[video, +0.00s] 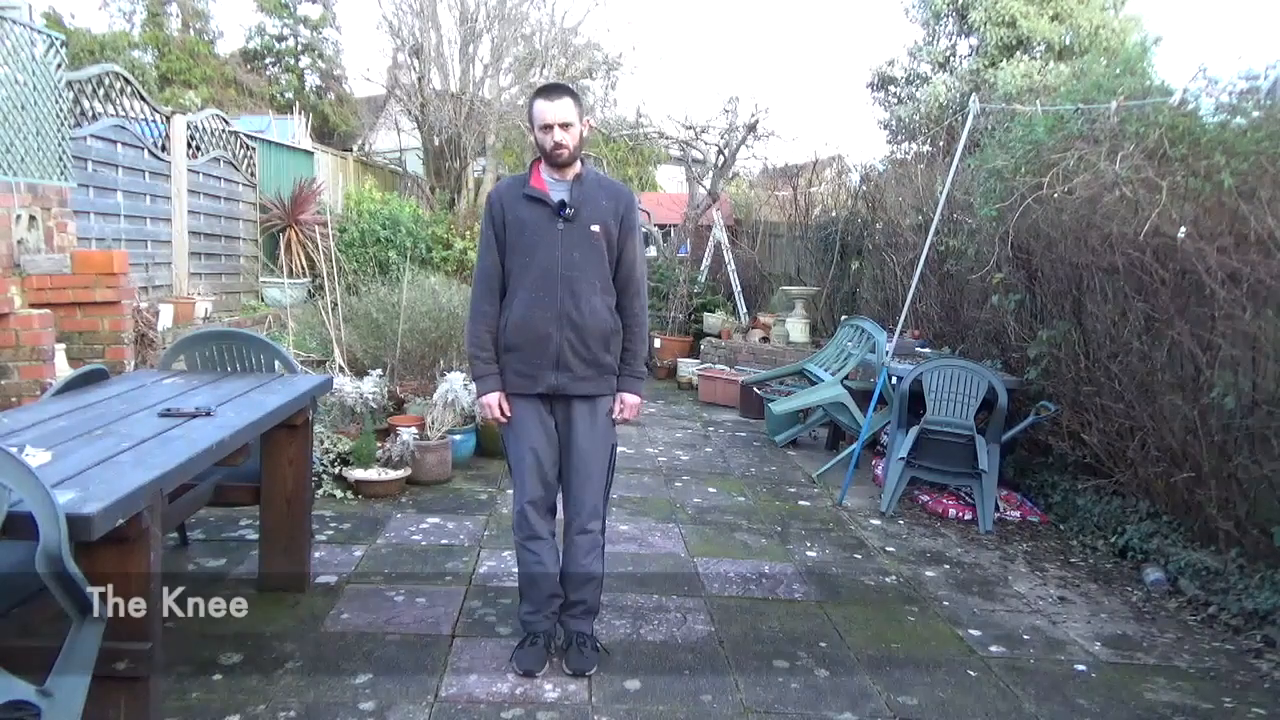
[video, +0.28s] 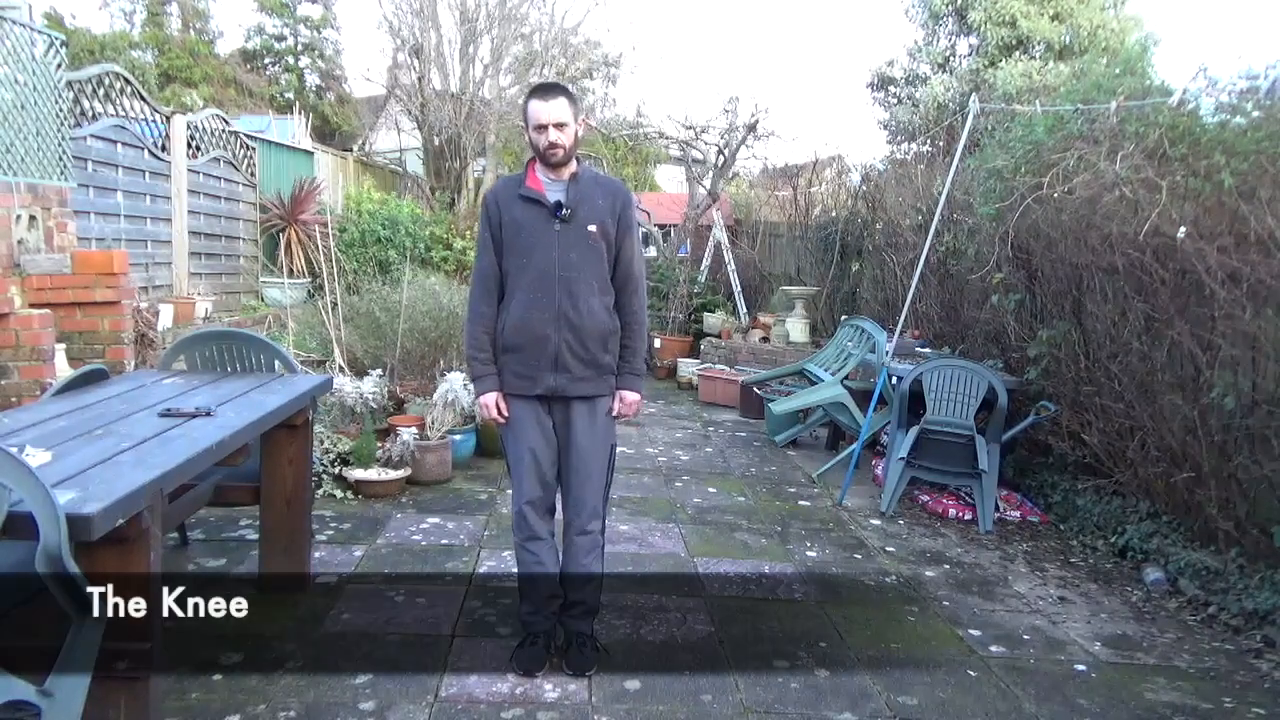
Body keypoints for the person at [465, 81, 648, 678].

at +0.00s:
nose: (556, 136)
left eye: (565, 125)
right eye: (545, 128)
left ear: (583, 127)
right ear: (532, 133)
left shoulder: (617, 199)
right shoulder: (504, 198)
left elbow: (633, 296)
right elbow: (485, 294)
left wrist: (633, 379)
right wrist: (485, 377)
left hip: (594, 378)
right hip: (522, 378)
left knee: (586, 509)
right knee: (532, 506)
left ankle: (581, 627)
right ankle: (535, 625)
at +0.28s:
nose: (550, 137)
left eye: (559, 126)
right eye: (539, 128)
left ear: (578, 127)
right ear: (527, 132)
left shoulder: (613, 195)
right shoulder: (501, 197)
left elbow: (632, 293)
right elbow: (483, 295)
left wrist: (632, 377)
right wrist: (483, 378)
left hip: (594, 378)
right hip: (521, 379)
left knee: (585, 510)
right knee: (531, 506)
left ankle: (580, 632)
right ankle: (536, 631)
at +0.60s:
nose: (546, 137)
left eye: (556, 125)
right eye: (536, 127)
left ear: (575, 126)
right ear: (523, 131)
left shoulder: (611, 194)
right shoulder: (498, 197)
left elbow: (631, 293)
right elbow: (481, 295)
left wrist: (631, 375)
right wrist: (481, 378)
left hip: (592, 378)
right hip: (518, 379)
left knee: (585, 507)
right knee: (530, 505)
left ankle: (580, 632)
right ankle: (536, 631)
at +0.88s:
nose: (545, 135)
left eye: (554, 124)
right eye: (534, 126)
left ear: (574, 126)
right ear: (522, 132)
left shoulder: (610, 194)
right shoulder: (496, 198)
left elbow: (630, 292)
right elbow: (479, 296)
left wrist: (630, 376)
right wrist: (480, 380)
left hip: (591, 379)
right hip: (517, 380)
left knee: (584, 509)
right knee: (529, 507)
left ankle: (579, 633)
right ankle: (536, 633)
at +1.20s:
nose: (542, 135)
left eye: (552, 124)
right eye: (532, 126)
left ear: (573, 126)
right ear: (520, 132)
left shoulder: (609, 194)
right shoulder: (495, 198)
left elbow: (629, 292)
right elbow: (478, 296)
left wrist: (628, 376)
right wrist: (479, 380)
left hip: (590, 378)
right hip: (517, 380)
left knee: (583, 509)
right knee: (529, 507)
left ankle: (579, 631)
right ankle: (536, 631)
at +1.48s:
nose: (543, 136)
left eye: (552, 125)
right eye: (532, 127)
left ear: (573, 126)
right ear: (520, 131)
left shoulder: (607, 194)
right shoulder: (494, 198)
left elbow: (627, 291)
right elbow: (472, 294)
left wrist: (628, 375)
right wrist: (479, 372)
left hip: (590, 377)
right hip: (516, 379)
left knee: (584, 508)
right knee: (529, 507)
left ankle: (580, 629)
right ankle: (536, 630)